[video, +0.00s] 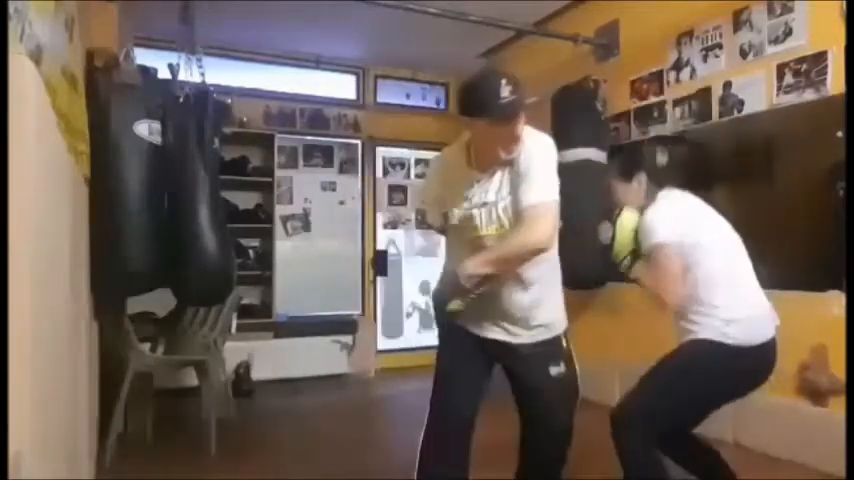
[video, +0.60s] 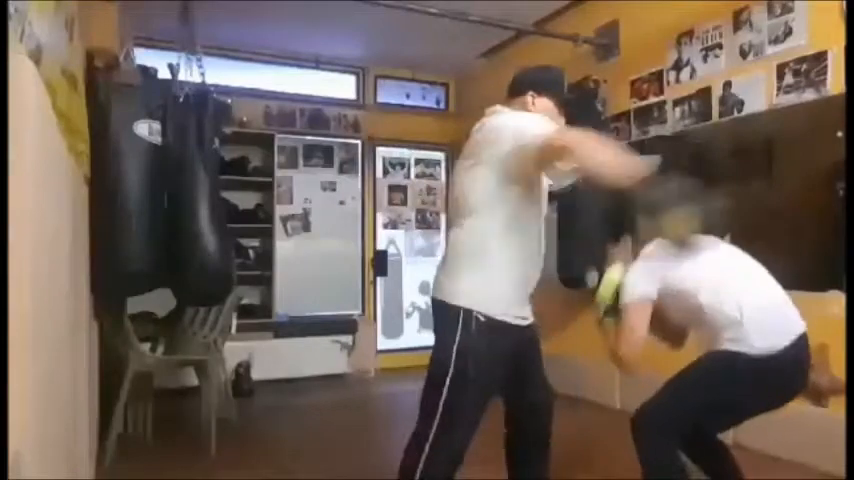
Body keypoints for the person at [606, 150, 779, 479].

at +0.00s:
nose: (615, 198)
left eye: (617, 187)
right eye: (612, 188)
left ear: (639, 180)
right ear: (645, 181)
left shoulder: (659, 214)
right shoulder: (684, 202)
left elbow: (671, 294)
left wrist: (633, 264)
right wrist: (638, 256)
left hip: (724, 347)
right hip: (754, 345)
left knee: (629, 420)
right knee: (665, 427)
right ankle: (720, 473)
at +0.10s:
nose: (626, 182)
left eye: (627, 170)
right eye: (622, 173)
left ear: (652, 157)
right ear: (651, 160)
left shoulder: (698, 188)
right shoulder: (672, 201)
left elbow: (690, 272)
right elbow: (637, 263)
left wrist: (652, 231)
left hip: (730, 328)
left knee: (644, 417)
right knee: (669, 424)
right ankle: (722, 473)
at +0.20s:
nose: (628, 169)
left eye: (632, 158)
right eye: (624, 162)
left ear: (660, 149)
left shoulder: (702, 181)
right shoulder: (661, 199)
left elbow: (689, 263)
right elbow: (602, 233)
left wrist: (649, 218)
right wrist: (548, 210)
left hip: (742, 315)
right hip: (719, 317)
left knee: (663, 414)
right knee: (666, 416)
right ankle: (720, 471)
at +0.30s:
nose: (627, 172)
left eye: (629, 161)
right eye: (623, 165)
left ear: (656, 150)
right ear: (656, 153)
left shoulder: (686, 183)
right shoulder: (686, 183)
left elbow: (675, 266)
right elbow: (679, 255)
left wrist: (643, 218)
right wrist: (638, 249)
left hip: (736, 317)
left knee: (661, 414)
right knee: (676, 416)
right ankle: (728, 473)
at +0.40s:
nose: (618, 187)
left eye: (621, 176)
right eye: (615, 179)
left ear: (645, 168)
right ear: (648, 170)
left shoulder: (665, 200)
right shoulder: (685, 191)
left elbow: (656, 278)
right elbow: (692, 278)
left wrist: (626, 236)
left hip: (737, 325)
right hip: (766, 322)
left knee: (658, 417)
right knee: (686, 420)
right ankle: (730, 473)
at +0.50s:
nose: (616, 220)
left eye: (617, 210)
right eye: (613, 212)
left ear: (633, 204)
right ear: (656, 197)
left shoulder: (649, 231)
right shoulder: (688, 219)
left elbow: (642, 311)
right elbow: (678, 307)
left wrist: (617, 276)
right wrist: (632, 268)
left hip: (737, 345)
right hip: (783, 342)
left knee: (652, 422)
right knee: (689, 424)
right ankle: (731, 473)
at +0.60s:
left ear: (645, 221)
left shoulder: (646, 266)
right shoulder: (707, 246)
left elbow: (627, 359)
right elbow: (675, 337)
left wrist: (609, 314)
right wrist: (632, 295)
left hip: (746, 361)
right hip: (792, 360)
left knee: (650, 424)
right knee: (692, 428)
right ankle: (729, 474)